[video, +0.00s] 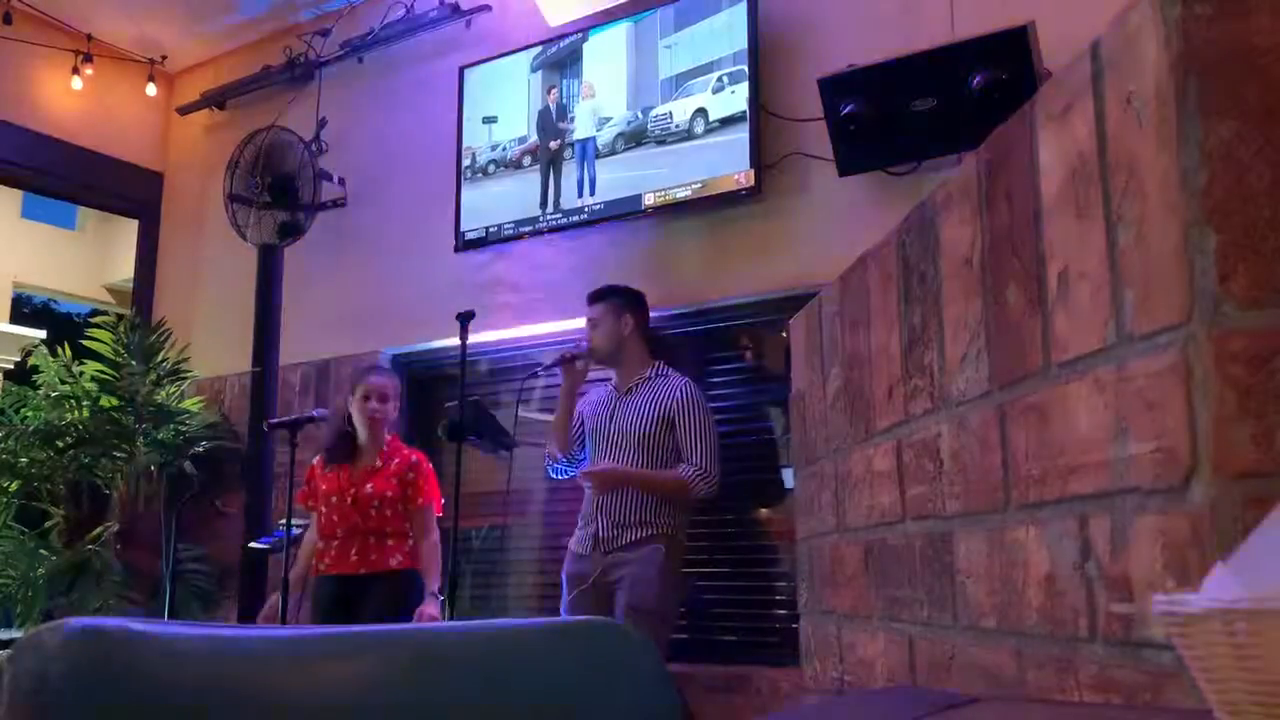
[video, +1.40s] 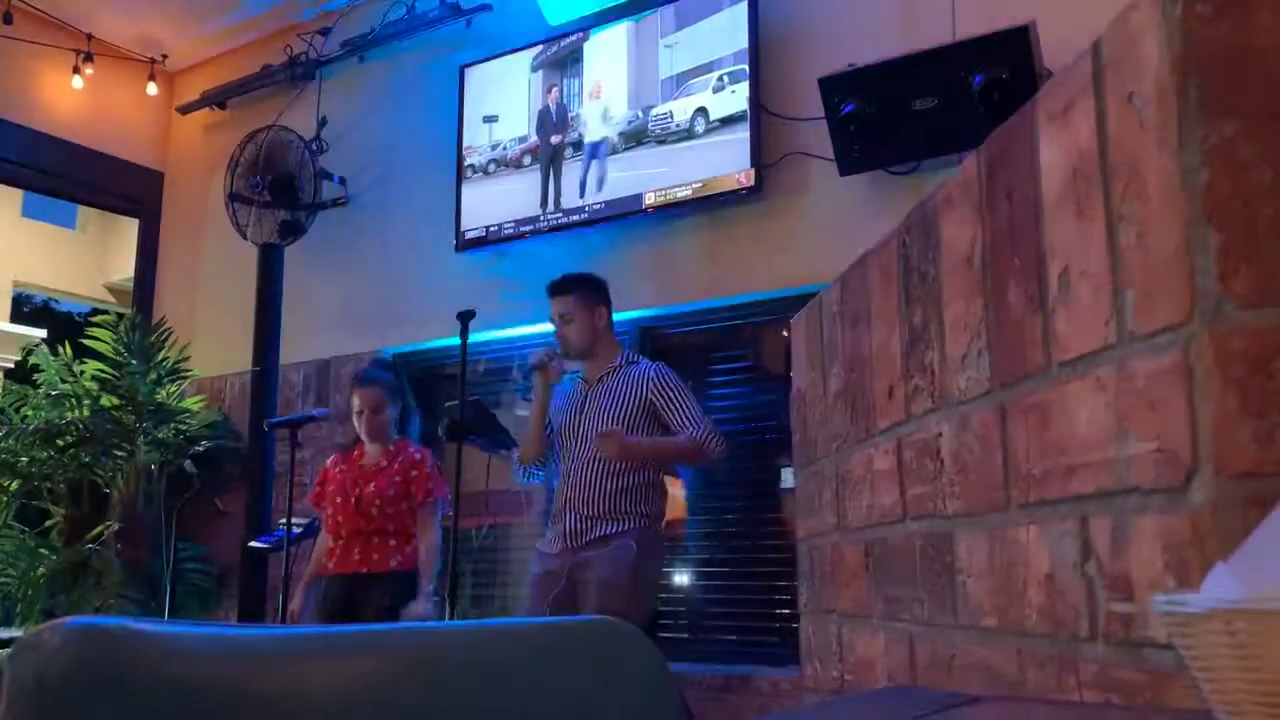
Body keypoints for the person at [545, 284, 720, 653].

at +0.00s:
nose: (587, 335)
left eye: (595, 323)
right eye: (587, 325)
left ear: (628, 324)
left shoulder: (679, 391)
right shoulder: (593, 401)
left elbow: (703, 479)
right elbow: (559, 466)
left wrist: (624, 478)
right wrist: (568, 388)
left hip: (645, 552)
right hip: (585, 552)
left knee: (637, 673)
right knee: (580, 668)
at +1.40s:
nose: (558, 332)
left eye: (567, 320)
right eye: (555, 323)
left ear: (601, 316)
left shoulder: (649, 376)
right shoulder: (565, 392)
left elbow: (710, 444)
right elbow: (530, 463)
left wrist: (636, 448)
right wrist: (541, 390)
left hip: (620, 543)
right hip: (558, 543)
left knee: (604, 659)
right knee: (544, 656)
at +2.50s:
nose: (494, 343)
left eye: (494, 331)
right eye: (492, 332)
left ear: (515, 328)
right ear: (518, 327)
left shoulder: (580, 371)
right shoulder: (533, 379)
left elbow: (614, 456)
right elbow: (536, 454)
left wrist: (532, 476)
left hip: (578, 541)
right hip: (538, 541)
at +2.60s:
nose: (485, 350)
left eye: (485, 338)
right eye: (481, 339)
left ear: (504, 329)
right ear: (506, 329)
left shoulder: (568, 372)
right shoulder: (532, 382)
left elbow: (594, 458)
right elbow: (536, 457)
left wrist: (512, 472)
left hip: (563, 544)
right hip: (528, 543)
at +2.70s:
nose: (468, 341)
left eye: (469, 329)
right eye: (466, 331)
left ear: (494, 328)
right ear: (498, 328)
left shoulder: (560, 374)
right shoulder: (518, 386)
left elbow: (584, 460)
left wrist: (500, 466)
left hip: (556, 547)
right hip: (518, 549)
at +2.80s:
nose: (464, 343)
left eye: (465, 331)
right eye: (461, 333)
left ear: (491, 326)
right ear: (493, 327)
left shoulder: (552, 375)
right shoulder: (506, 390)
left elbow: (578, 458)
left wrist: (494, 464)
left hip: (550, 545)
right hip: (509, 547)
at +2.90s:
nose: (456, 348)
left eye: (458, 335)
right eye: (452, 340)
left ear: (488, 324)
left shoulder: (548, 374)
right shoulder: (489, 397)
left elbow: (580, 449)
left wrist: (492, 468)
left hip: (546, 541)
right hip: (496, 545)